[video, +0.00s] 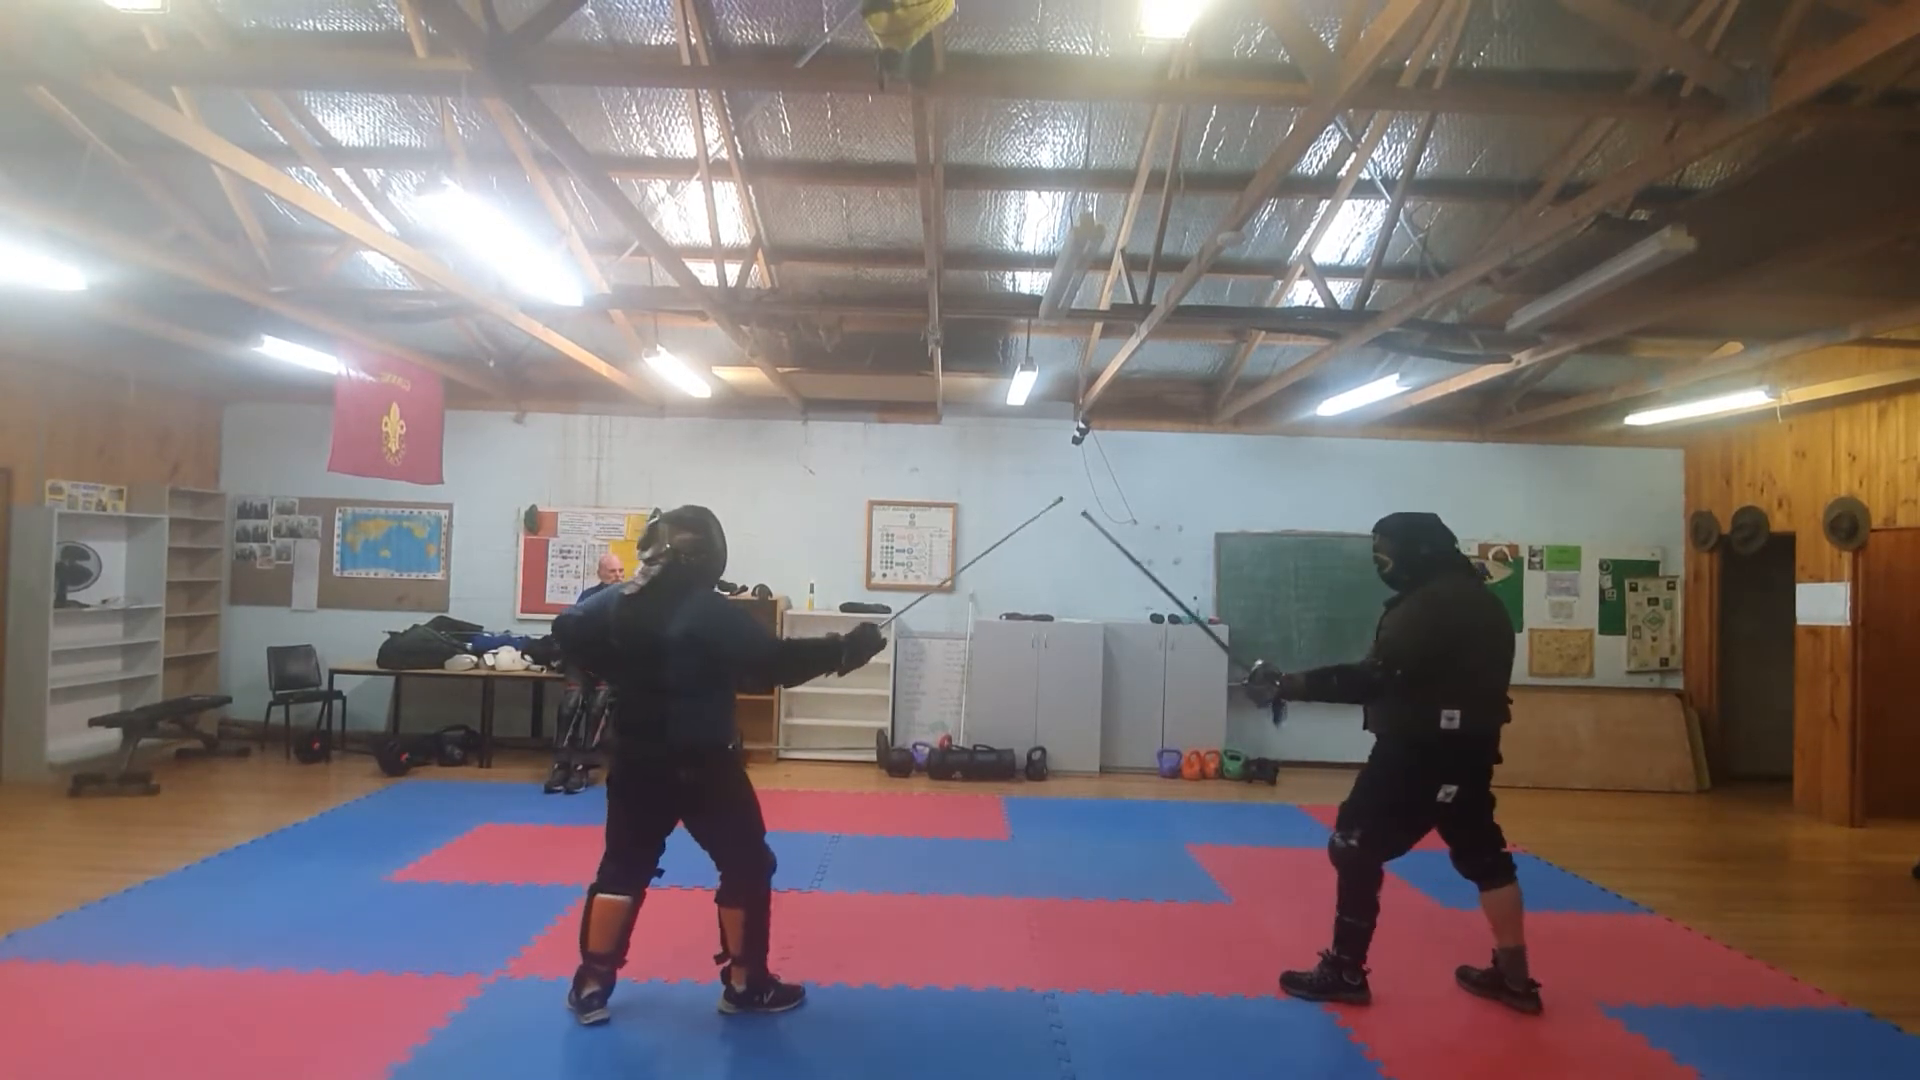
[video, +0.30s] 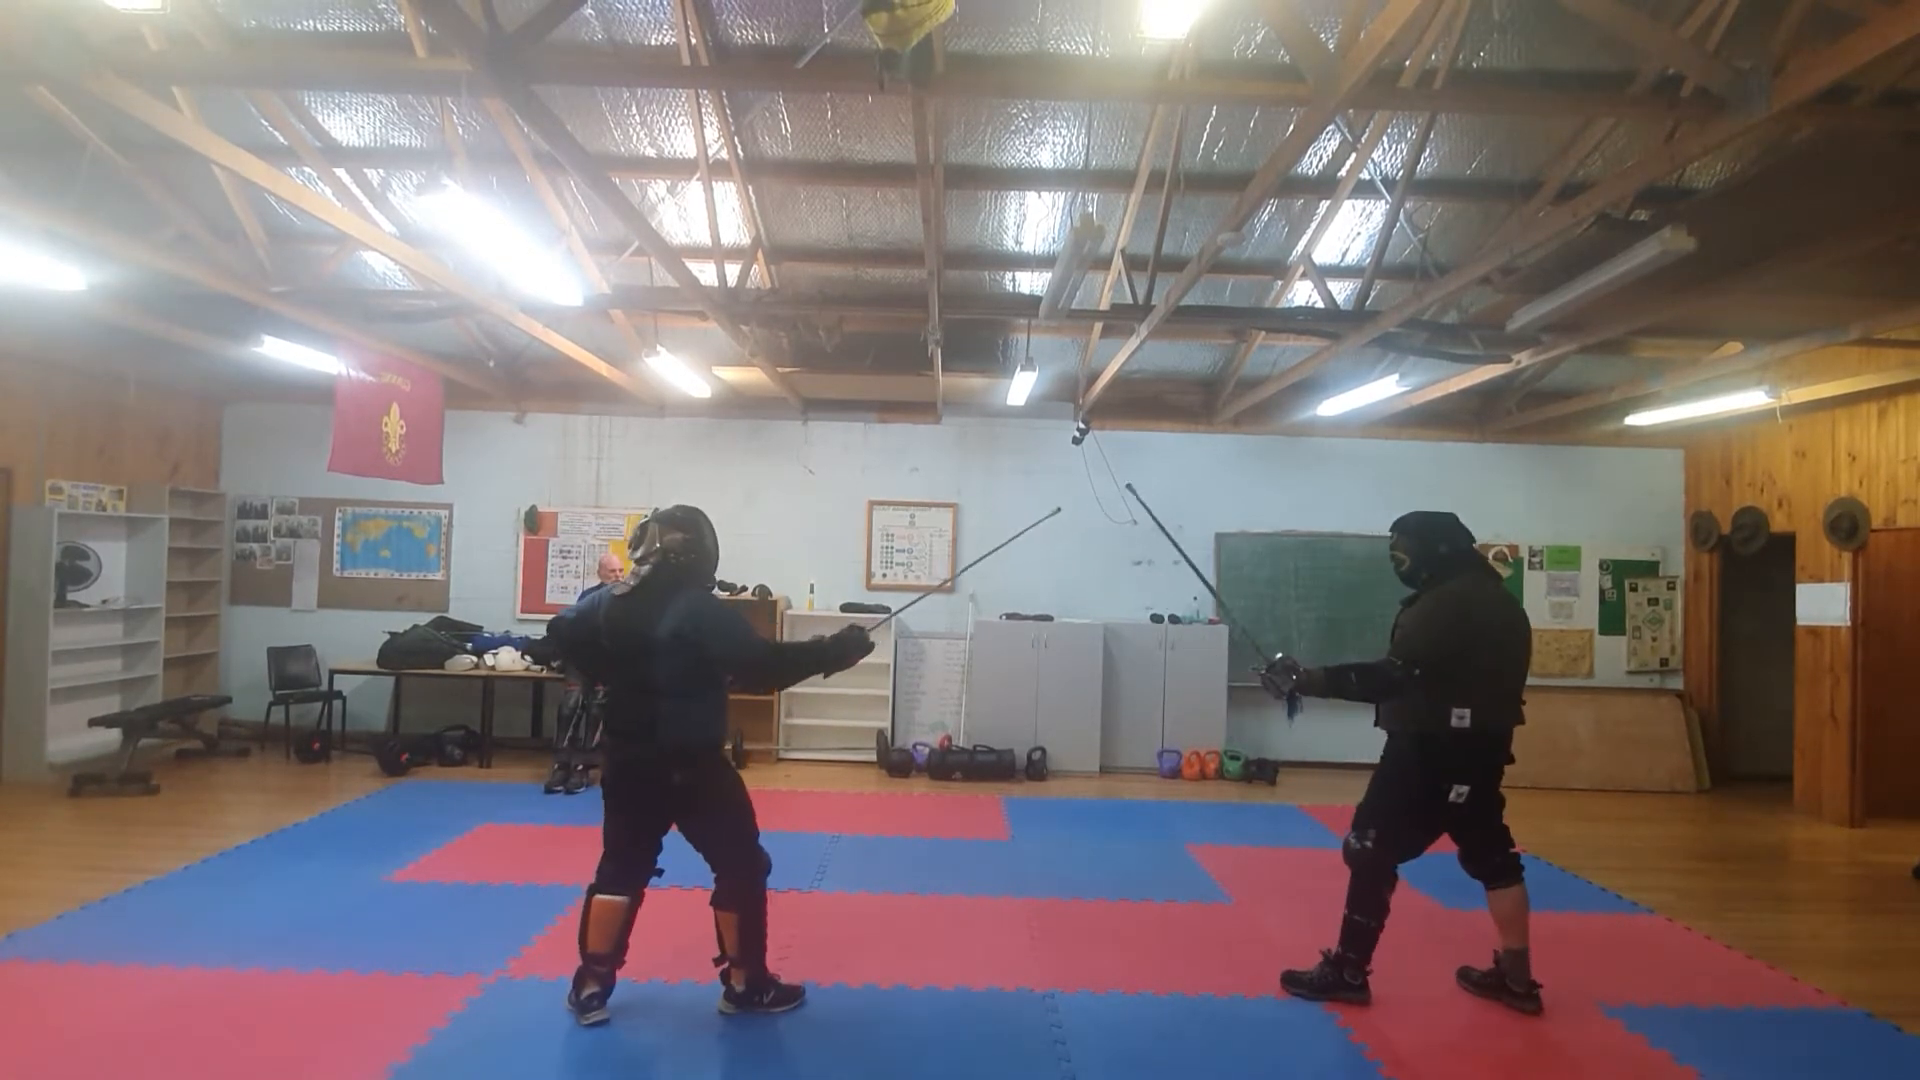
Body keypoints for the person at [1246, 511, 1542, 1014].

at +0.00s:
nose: (1380, 567)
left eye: (1385, 556)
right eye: (1377, 557)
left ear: (1413, 553)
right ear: (1434, 550)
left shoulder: (1416, 607)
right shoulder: (1487, 602)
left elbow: (1378, 679)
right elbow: (1488, 689)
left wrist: (1290, 685)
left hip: (1410, 756)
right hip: (1470, 755)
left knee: (1356, 845)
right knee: (1485, 855)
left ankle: (1345, 969)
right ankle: (1513, 973)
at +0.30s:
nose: (1398, 567)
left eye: (1403, 556)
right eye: (1396, 557)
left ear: (1432, 552)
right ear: (1455, 549)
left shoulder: (1433, 608)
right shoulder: (1504, 605)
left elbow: (1395, 677)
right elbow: (1504, 693)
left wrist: (1307, 680)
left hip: (1422, 754)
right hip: (1481, 754)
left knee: (1371, 847)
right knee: (1493, 855)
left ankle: (1348, 968)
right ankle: (1516, 975)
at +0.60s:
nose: (1378, 566)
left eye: (1384, 555)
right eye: (1376, 556)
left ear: (1416, 551)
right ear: (1436, 549)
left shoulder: (1415, 608)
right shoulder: (1483, 601)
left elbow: (1364, 673)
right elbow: (1482, 686)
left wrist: (1272, 670)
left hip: (1401, 754)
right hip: (1461, 754)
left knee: (1347, 844)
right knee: (1477, 856)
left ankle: (1345, 969)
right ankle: (1514, 974)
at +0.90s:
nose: (1352, 563)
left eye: (1358, 552)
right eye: (1350, 553)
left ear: (1391, 549)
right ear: (1410, 548)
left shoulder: (1391, 602)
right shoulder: (1468, 596)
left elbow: (1321, 648)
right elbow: (1470, 680)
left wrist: (1231, 633)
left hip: (1395, 748)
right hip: (1457, 747)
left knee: (1344, 846)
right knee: (1460, 847)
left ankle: (1344, 968)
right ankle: (1517, 965)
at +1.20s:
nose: (1401, 578)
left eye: (1406, 567)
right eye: (1399, 568)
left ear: (1435, 564)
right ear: (1458, 562)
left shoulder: (1440, 617)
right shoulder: (1512, 616)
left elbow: (1369, 665)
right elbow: (1511, 703)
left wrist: (1281, 643)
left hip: (1432, 768)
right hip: (1494, 771)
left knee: (1364, 851)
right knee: (1518, 869)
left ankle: (1345, 970)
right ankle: (1589, 984)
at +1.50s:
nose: (1450, 577)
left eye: (1455, 565)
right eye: (1447, 566)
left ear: (1485, 559)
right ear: (1512, 555)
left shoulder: (1486, 613)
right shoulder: (1562, 610)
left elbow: (1417, 666)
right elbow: (1563, 698)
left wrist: (1328, 649)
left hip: (1478, 763)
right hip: (1541, 763)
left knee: (1409, 849)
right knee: (1552, 869)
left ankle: (1396, 978)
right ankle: (1600, 993)